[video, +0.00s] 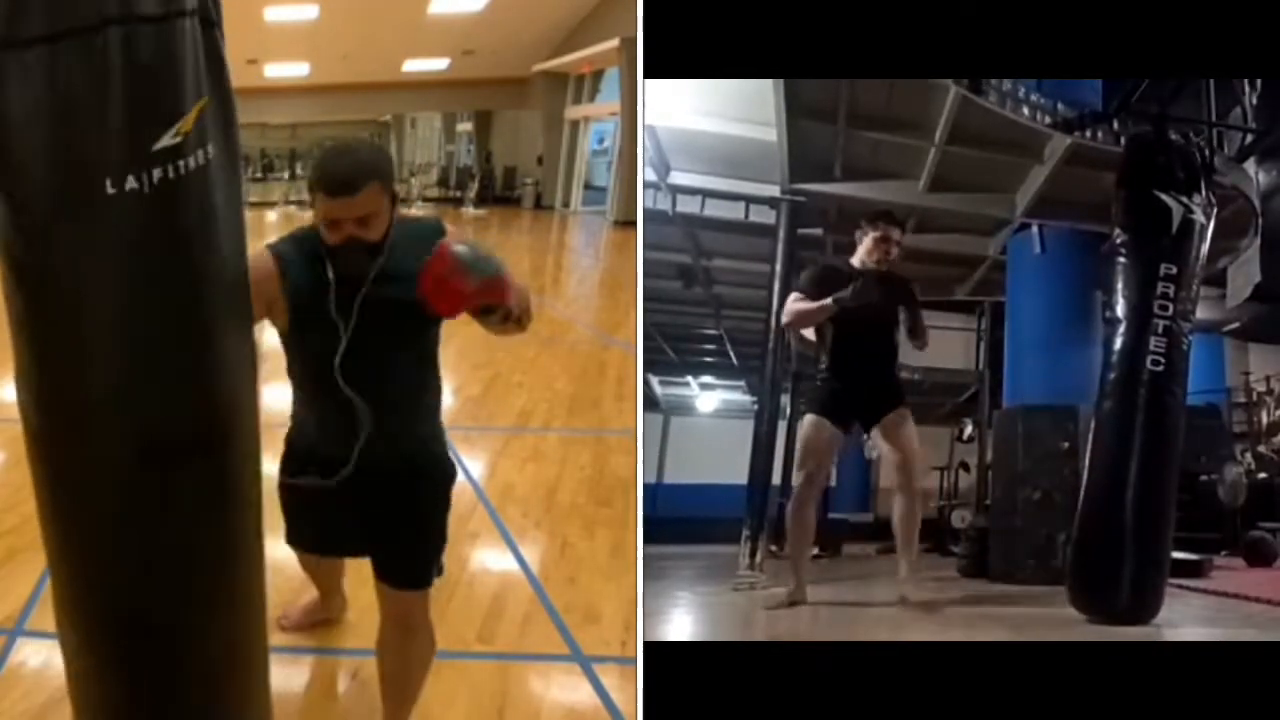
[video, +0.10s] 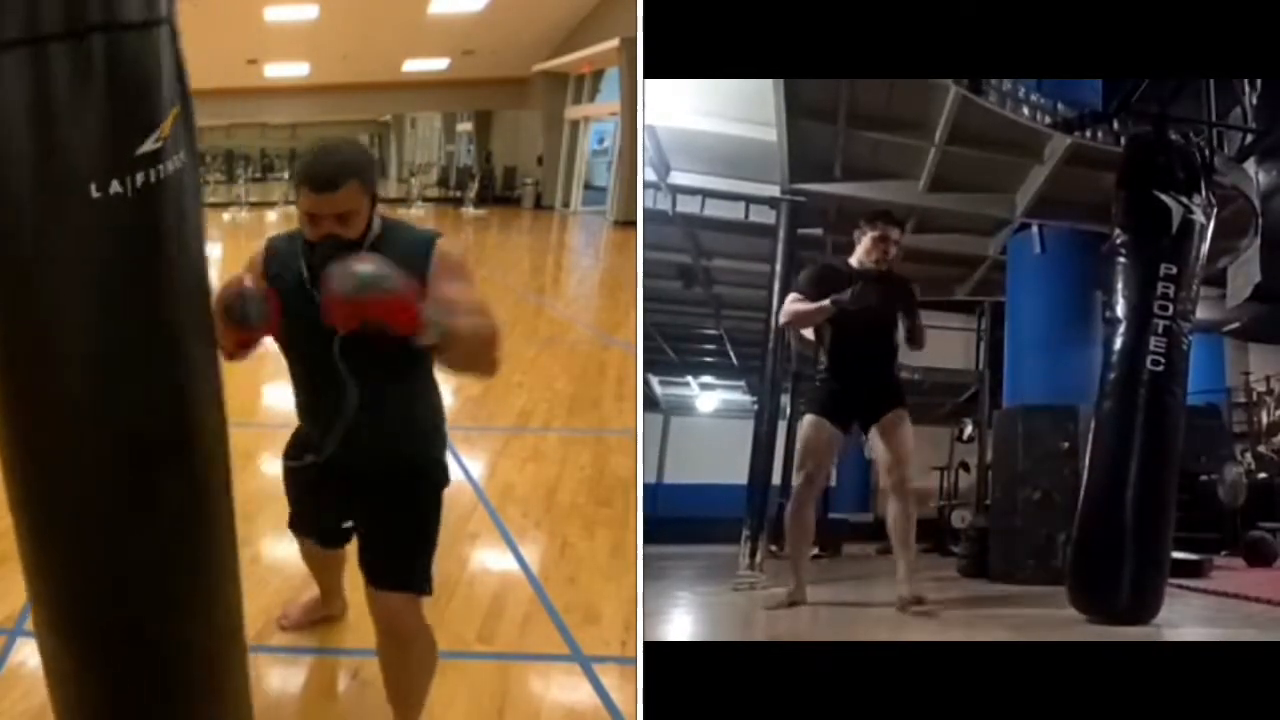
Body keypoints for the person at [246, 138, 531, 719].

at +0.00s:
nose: (351, 236)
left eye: (365, 220)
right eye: (335, 223)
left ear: (392, 202)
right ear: (314, 209)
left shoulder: (427, 249)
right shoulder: (279, 269)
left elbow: (510, 319)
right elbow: (200, 323)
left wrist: (496, 294)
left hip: (407, 453)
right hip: (318, 449)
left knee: (404, 608)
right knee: (314, 541)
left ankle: (395, 713)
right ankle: (331, 602)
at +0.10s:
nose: (328, 232)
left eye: (343, 218)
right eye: (314, 218)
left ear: (373, 203)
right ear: (298, 206)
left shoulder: (423, 256)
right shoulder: (281, 259)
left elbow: (481, 355)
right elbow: (233, 343)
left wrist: (412, 314)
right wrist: (235, 312)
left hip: (402, 451)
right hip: (320, 444)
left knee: (394, 607)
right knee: (315, 535)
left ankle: (407, 712)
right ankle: (331, 601)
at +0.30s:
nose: (314, 238)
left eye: (332, 226)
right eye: (303, 223)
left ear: (370, 217)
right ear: (293, 213)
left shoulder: (410, 286)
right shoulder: (318, 262)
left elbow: (402, 392)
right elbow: (316, 330)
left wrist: (297, 348)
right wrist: (255, 333)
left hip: (393, 477)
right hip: (322, 453)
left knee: (375, 632)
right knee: (310, 533)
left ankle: (403, 712)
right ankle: (335, 601)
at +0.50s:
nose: (399, 244)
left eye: (423, 229)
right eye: (383, 225)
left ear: (461, 215)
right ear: (366, 204)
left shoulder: (482, 270)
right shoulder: (311, 247)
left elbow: (545, 364)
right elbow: (198, 275)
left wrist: (560, 316)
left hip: (416, 475)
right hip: (320, 462)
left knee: (415, 627)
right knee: (313, 547)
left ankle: (414, 715)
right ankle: (319, 586)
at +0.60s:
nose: (419, 251)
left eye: (443, 238)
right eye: (404, 232)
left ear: (477, 221)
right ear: (384, 206)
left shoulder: (483, 269)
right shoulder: (318, 250)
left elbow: (532, 367)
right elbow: (206, 270)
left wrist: (554, 326)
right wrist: (131, 272)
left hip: (413, 470)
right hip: (319, 462)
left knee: (410, 621)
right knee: (311, 555)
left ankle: (410, 713)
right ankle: (309, 588)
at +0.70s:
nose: (393, 241)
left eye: (418, 228)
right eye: (379, 221)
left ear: (455, 215)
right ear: (363, 197)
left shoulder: (474, 272)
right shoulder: (313, 243)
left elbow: (528, 383)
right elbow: (216, 268)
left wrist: (527, 343)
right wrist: (200, 305)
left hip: (404, 476)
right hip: (309, 458)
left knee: (402, 619)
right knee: (294, 543)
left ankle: (403, 715)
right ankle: (302, 574)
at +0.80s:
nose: (368, 220)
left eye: (387, 205)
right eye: (353, 203)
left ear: (421, 196)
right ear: (338, 188)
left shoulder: (459, 263)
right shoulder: (295, 243)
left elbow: (499, 380)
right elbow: (217, 304)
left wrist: (454, 322)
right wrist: (241, 309)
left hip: (391, 474)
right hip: (299, 457)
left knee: (396, 627)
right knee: (282, 533)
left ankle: (400, 716)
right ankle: (296, 579)